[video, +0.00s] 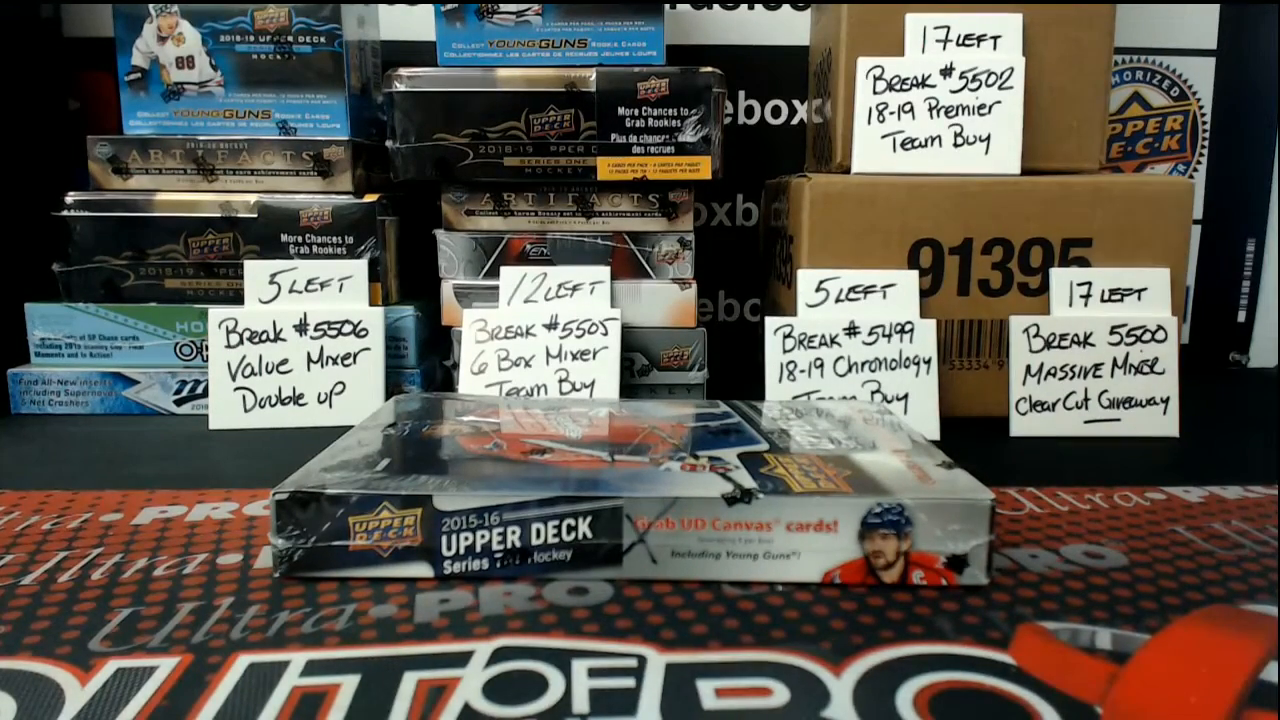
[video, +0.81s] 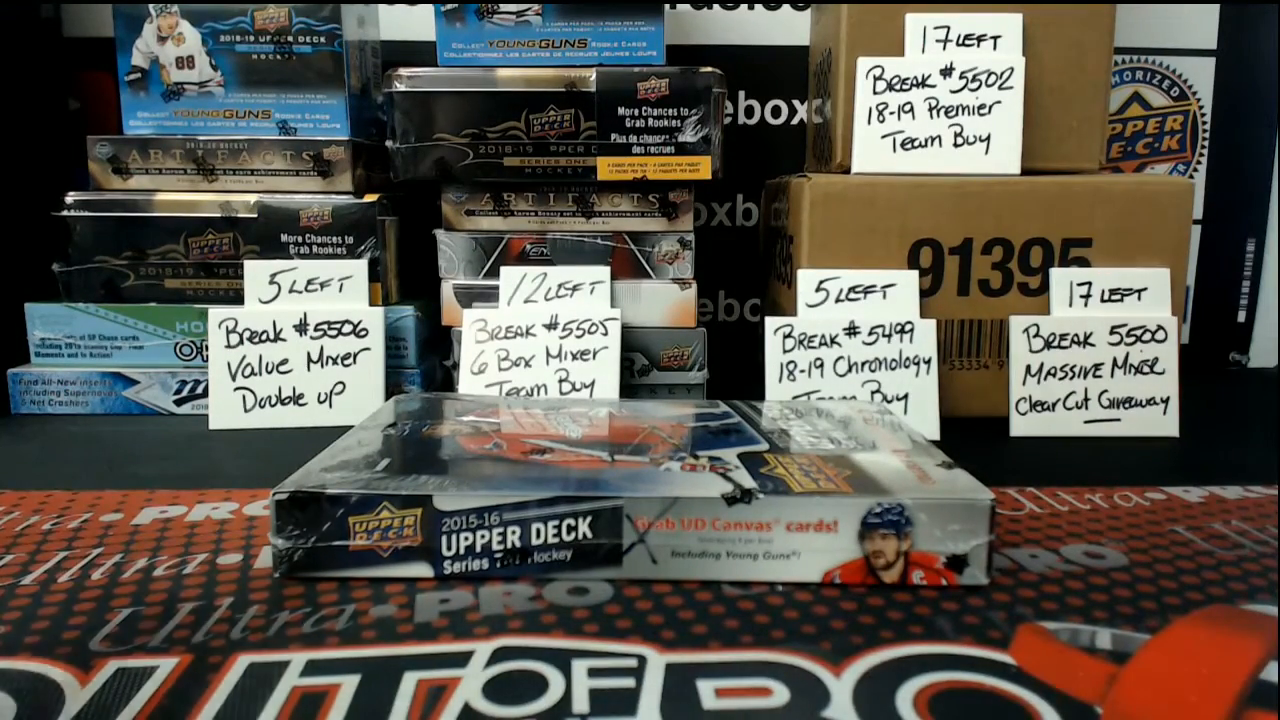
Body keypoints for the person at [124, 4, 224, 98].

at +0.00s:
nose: (170, 22)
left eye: (173, 17)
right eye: (164, 18)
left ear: (178, 17)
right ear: (156, 20)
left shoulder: (186, 35)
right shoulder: (150, 28)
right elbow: (141, 50)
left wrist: (179, 88)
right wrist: (137, 74)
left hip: (209, 84)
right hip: (182, 85)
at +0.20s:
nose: (170, 22)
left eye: (173, 17)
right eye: (164, 18)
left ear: (178, 17)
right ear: (156, 20)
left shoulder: (186, 35)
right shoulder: (150, 28)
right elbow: (141, 50)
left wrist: (179, 89)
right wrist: (137, 74)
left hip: (209, 84)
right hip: (181, 85)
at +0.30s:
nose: (170, 22)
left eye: (173, 17)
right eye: (164, 18)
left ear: (178, 17)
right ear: (156, 20)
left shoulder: (186, 35)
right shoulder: (150, 28)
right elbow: (141, 50)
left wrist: (179, 89)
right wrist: (137, 74)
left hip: (209, 84)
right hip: (181, 85)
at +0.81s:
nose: (170, 22)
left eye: (173, 17)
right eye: (164, 18)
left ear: (178, 17)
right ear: (156, 20)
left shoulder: (185, 35)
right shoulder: (150, 28)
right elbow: (141, 50)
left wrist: (178, 89)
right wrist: (136, 74)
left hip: (209, 84)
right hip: (181, 84)